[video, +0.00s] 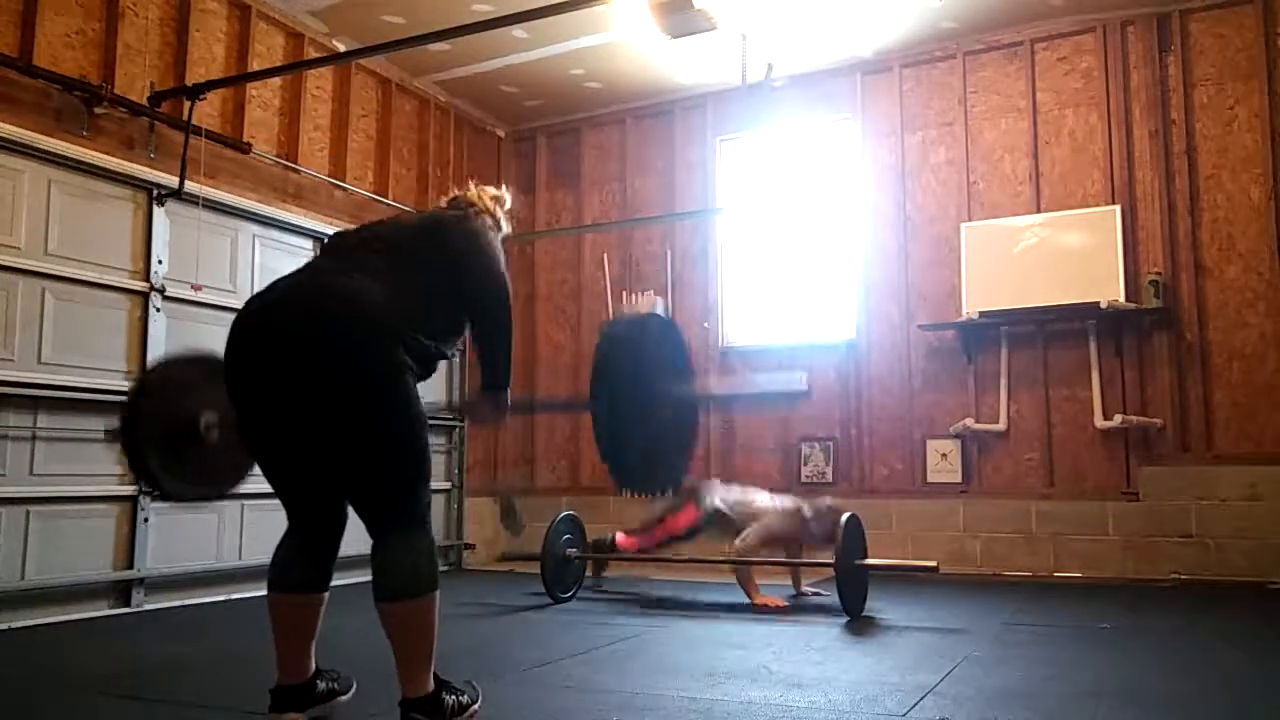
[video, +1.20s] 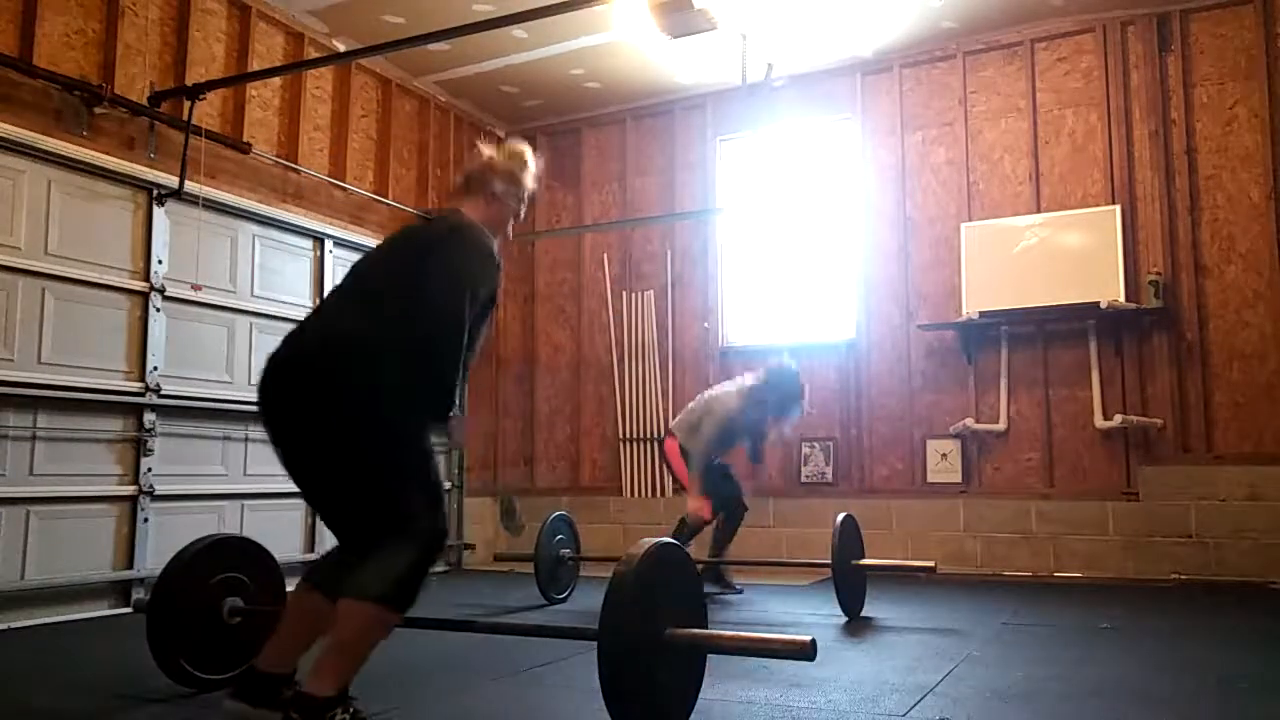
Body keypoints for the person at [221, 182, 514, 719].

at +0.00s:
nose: (498, 251)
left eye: (500, 242)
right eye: (498, 241)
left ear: (450, 210)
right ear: (487, 227)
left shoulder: (387, 231)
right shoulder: (472, 232)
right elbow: (492, 291)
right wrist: (495, 386)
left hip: (259, 344)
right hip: (353, 358)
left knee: (312, 519)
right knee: (401, 528)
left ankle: (294, 684)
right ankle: (420, 695)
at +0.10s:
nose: (493, 260)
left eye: (496, 252)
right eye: (493, 250)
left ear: (449, 221)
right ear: (478, 233)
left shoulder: (389, 247)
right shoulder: (472, 265)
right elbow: (494, 349)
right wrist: (497, 441)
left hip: (254, 346)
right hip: (351, 365)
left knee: (309, 518)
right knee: (399, 528)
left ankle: (294, 685)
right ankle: (420, 695)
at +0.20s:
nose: (495, 289)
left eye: (494, 277)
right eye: (496, 277)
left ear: (438, 257)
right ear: (488, 272)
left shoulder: (392, 280)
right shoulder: (475, 302)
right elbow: (491, 404)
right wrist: (500, 500)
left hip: (249, 361)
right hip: (353, 374)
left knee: (320, 519)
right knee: (411, 525)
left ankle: (297, 686)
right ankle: (425, 697)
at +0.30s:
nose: (495, 327)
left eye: (497, 318)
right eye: (496, 317)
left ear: (442, 294)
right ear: (488, 307)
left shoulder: (394, 319)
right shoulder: (473, 337)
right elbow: (492, 451)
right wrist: (500, 547)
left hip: (245, 384)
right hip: (349, 395)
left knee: (331, 521)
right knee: (422, 528)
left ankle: (298, 686)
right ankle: (426, 696)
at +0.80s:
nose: (505, 279)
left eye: (507, 268)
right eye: (506, 267)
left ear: (461, 242)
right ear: (497, 260)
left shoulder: (406, 268)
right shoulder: (475, 289)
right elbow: (466, 392)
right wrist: (451, 486)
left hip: (251, 358)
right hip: (340, 374)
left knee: (320, 518)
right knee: (405, 521)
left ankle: (297, 684)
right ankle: (422, 696)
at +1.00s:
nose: (511, 229)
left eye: (516, 220)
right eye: (514, 218)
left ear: (466, 194)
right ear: (505, 206)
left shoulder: (410, 221)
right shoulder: (486, 234)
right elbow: (440, 314)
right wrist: (425, 400)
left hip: (269, 345)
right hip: (347, 358)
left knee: (330, 505)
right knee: (401, 499)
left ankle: (286, 678)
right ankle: (336, 680)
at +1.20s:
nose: (516, 222)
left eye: (519, 210)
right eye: (518, 210)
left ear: (463, 191)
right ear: (506, 203)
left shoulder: (422, 231)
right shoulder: (473, 250)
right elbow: (438, 335)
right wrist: (440, 414)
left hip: (295, 385)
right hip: (358, 397)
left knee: (369, 537)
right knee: (416, 533)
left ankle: (267, 674)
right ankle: (321, 697)